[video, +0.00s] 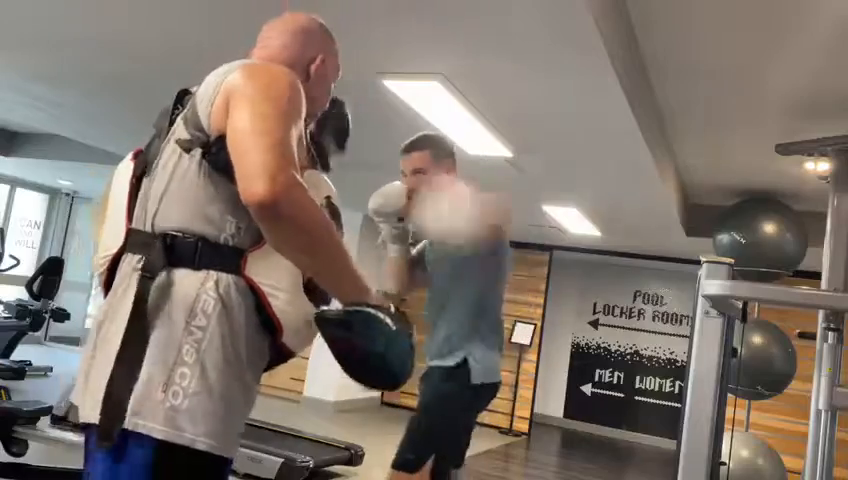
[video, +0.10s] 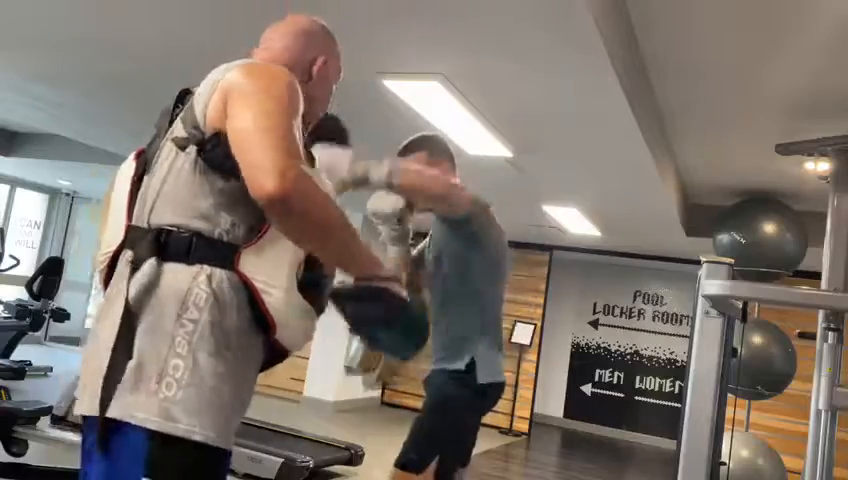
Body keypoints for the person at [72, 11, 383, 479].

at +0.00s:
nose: (328, 101)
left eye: (334, 86)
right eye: (333, 82)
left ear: (264, 45)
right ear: (319, 63)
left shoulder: (208, 94)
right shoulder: (266, 79)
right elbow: (269, 190)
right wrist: (360, 298)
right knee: (170, 464)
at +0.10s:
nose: (328, 100)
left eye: (333, 87)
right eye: (332, 84)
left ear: (265, 47)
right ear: (318, 65)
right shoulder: (263, 79)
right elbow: (277, 185)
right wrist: (370, 271)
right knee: (169, 467)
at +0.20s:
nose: (324, 103)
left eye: (330, 89)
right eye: (329, 85)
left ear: (260, 48)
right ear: (313, 67)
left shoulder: (205, 96)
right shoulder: (262, 78)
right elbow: (317, 179)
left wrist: (330, 227)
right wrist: (395, 232)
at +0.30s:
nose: (315, 90)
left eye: (318, 79)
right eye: (317, 76)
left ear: (247, 43)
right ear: (304, 58)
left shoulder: (188, 93)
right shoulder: (262, 83)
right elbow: (385, 194)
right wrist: (430, 176)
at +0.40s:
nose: (313, 76)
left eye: (319, 68)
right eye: (317, 64)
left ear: (241, 26)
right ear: (303, 47)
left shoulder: (172, 81)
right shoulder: (269, 80)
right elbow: (406, 187)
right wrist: (409, 129)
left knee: (86, 464)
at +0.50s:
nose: (315, 62)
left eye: (320, 52)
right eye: (318, 49)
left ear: (236, 18)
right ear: (303, 36)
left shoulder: (160, 70)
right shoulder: (272, 71)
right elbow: (410, 181)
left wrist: (301, 96)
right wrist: (392, 97)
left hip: (85, 306)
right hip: (170, 330)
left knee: (77, 460)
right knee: (145, 465)